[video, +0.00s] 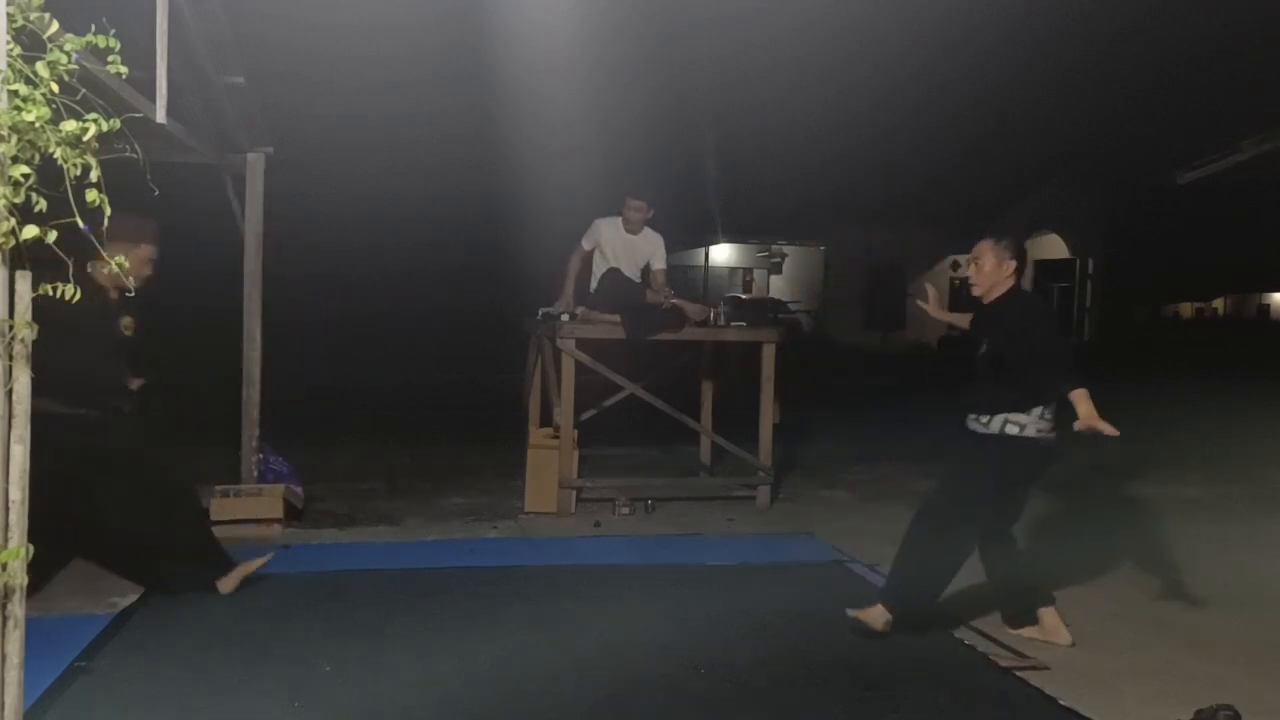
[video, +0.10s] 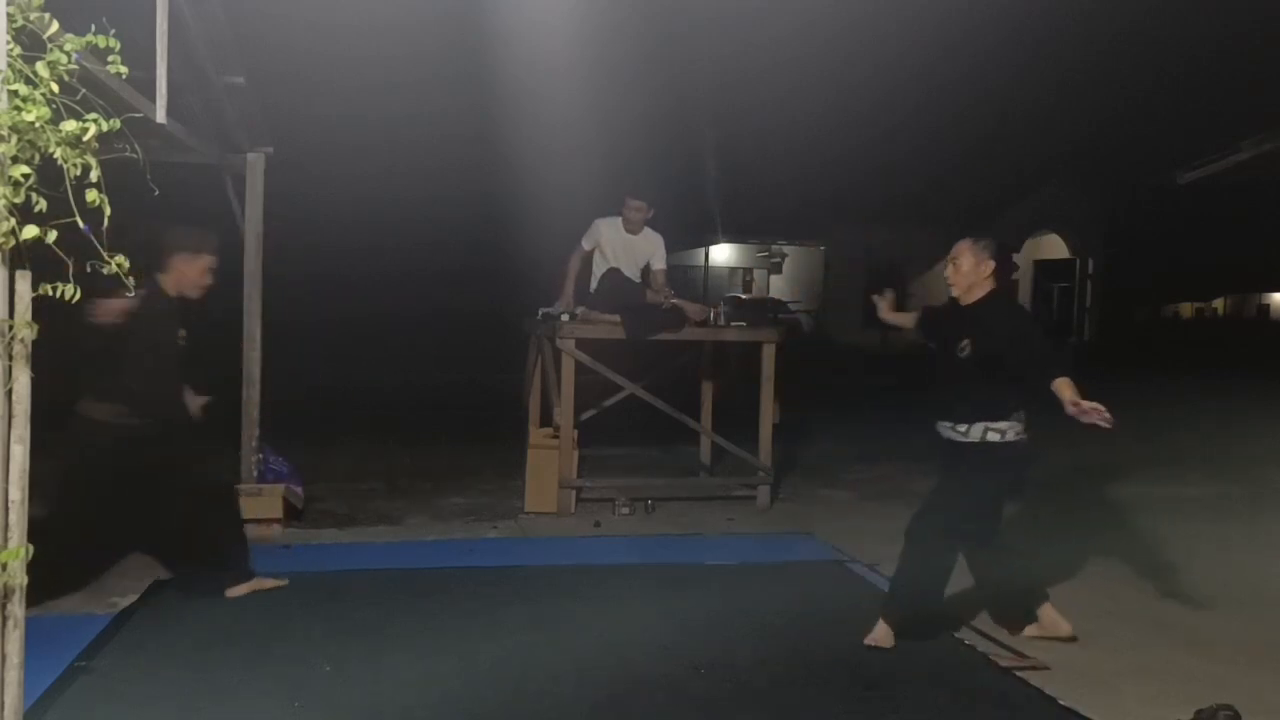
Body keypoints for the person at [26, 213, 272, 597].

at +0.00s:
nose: (150, 273)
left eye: (152, 264)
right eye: (147, 262)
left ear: (125, 256)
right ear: (121, 254)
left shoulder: (119, 306)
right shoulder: (70, 303)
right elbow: (62, 374)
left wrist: (134, 383)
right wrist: (121, 384)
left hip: (105, 428)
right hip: (66, 429)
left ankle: (219, 570)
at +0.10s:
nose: (211, 281)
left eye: (212, 271)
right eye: (205, 270)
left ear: (180, 267)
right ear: (175, 264)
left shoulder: (166, 311)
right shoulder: (151, 313)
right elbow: (145, 387)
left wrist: (185, 395)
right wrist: (183, 401)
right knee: (210, 490)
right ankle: (234, 577)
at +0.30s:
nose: (277, 289)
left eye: (278, 281)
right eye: (273, 280)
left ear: (251, 276)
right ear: (248, 274)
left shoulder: (238, 314)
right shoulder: (216, 307)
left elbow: (262, 366)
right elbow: (275, 344)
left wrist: (315, 385)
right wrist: (346, 342)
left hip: (207, 416)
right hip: (176, 417)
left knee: (245, 488)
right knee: (212, 493)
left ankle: (243, 576)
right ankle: (180, 580)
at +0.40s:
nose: (300, 292)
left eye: (301, 284)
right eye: (296, 283)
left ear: (269, 280)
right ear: (270, 278)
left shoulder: (237, 308)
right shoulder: (250, 316)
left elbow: (285, 364)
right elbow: (289, 366)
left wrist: (340, 373)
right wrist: (345, 380)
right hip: (208, 428)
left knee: (242, 492)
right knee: (275, 485)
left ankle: (240, 576)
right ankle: (268, 581)